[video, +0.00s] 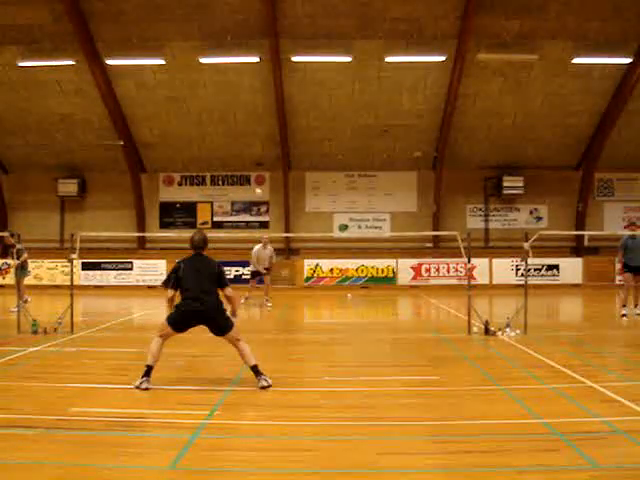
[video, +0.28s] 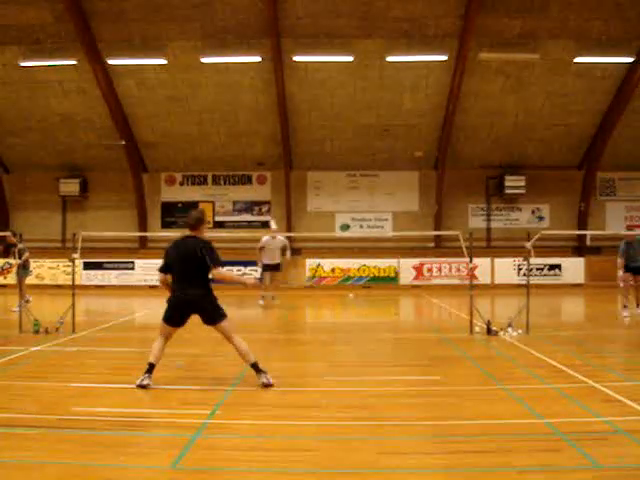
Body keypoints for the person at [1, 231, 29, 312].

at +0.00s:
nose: (6, 241)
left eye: (7, 238)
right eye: (5, 239)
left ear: (12, 238)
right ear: (5, 240)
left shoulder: (19, 247)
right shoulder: (11, 249)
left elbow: (25, 255)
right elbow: (10, 258)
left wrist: (18, 261)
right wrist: (6, 263)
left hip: (23, 268)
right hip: (17, 267)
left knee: (20, 286)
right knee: (18, 285)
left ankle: (19, 304)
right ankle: (24, 298)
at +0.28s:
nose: (8, 239)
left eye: (9, 237)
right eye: (7, 237)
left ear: (15, 237)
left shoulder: (21, 247)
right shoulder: (13, 248)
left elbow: (27, 254)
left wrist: (20, 262)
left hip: (24, 268)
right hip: (20, 267)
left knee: (21, 286)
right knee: (20, 285)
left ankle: (21, 304)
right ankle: (25, 298)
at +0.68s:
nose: (18, 237)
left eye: (20, 235)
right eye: (17, 235)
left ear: (24, 236)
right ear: (17, 236)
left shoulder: (28, 245)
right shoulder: (19, 245)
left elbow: (33, 252)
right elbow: (9, 246)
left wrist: (28, 259)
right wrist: (2, 250)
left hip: (31, 266)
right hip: (27, 266)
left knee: (28, 284)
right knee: (27, 283)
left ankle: (28, 303)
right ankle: (33, 297)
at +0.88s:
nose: (26, 235)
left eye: (27, 233)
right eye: (25, 233)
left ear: (32, 234)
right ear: (24, 235)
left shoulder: (36, 243)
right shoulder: (26, 243)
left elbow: (42, 250)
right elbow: (17, 245)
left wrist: (37, 255)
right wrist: (8, 249)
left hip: (39, 265)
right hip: (34, 265)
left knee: (35, 283)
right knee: (34, 283)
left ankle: (35, 302)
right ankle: (40, 296)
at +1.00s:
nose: (33, 234)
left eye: (35, 231)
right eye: (32, 231)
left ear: (39, 232)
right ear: (31, 232)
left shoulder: (44, 240)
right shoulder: (32, 241)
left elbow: (52, 248)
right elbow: (24, 245)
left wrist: (44, 252)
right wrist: (14, 247)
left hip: (46, 263)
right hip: (40, 263)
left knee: (40, 280)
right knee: (39, 279)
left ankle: (41, 301)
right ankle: (47, 294)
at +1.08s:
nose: (41, 233)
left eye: (43, 231)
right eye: (41, 231)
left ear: (48, 232)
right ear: (41, 232)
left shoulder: (52, 241)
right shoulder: (43, 241)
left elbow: (61, 249)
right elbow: (36, 247)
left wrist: (51, 250)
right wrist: (26, 246)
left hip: (54, 264)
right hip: (49, 263)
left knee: (45, 280)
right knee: (45, 279)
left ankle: (47, 300)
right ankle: (54, 293)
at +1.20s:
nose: (50, 234)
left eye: (52, 232)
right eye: (50, 232)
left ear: (56, 233)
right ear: (49, 234)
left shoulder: (60, 242)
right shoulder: (50, 242)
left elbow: (66, 250)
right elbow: (44, 240)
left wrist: (56, 246)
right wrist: (39, 232)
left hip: (57, 264)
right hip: (50, 264)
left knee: (48, 279)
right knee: (46, 279)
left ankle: (49, 299)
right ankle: (54, 294)